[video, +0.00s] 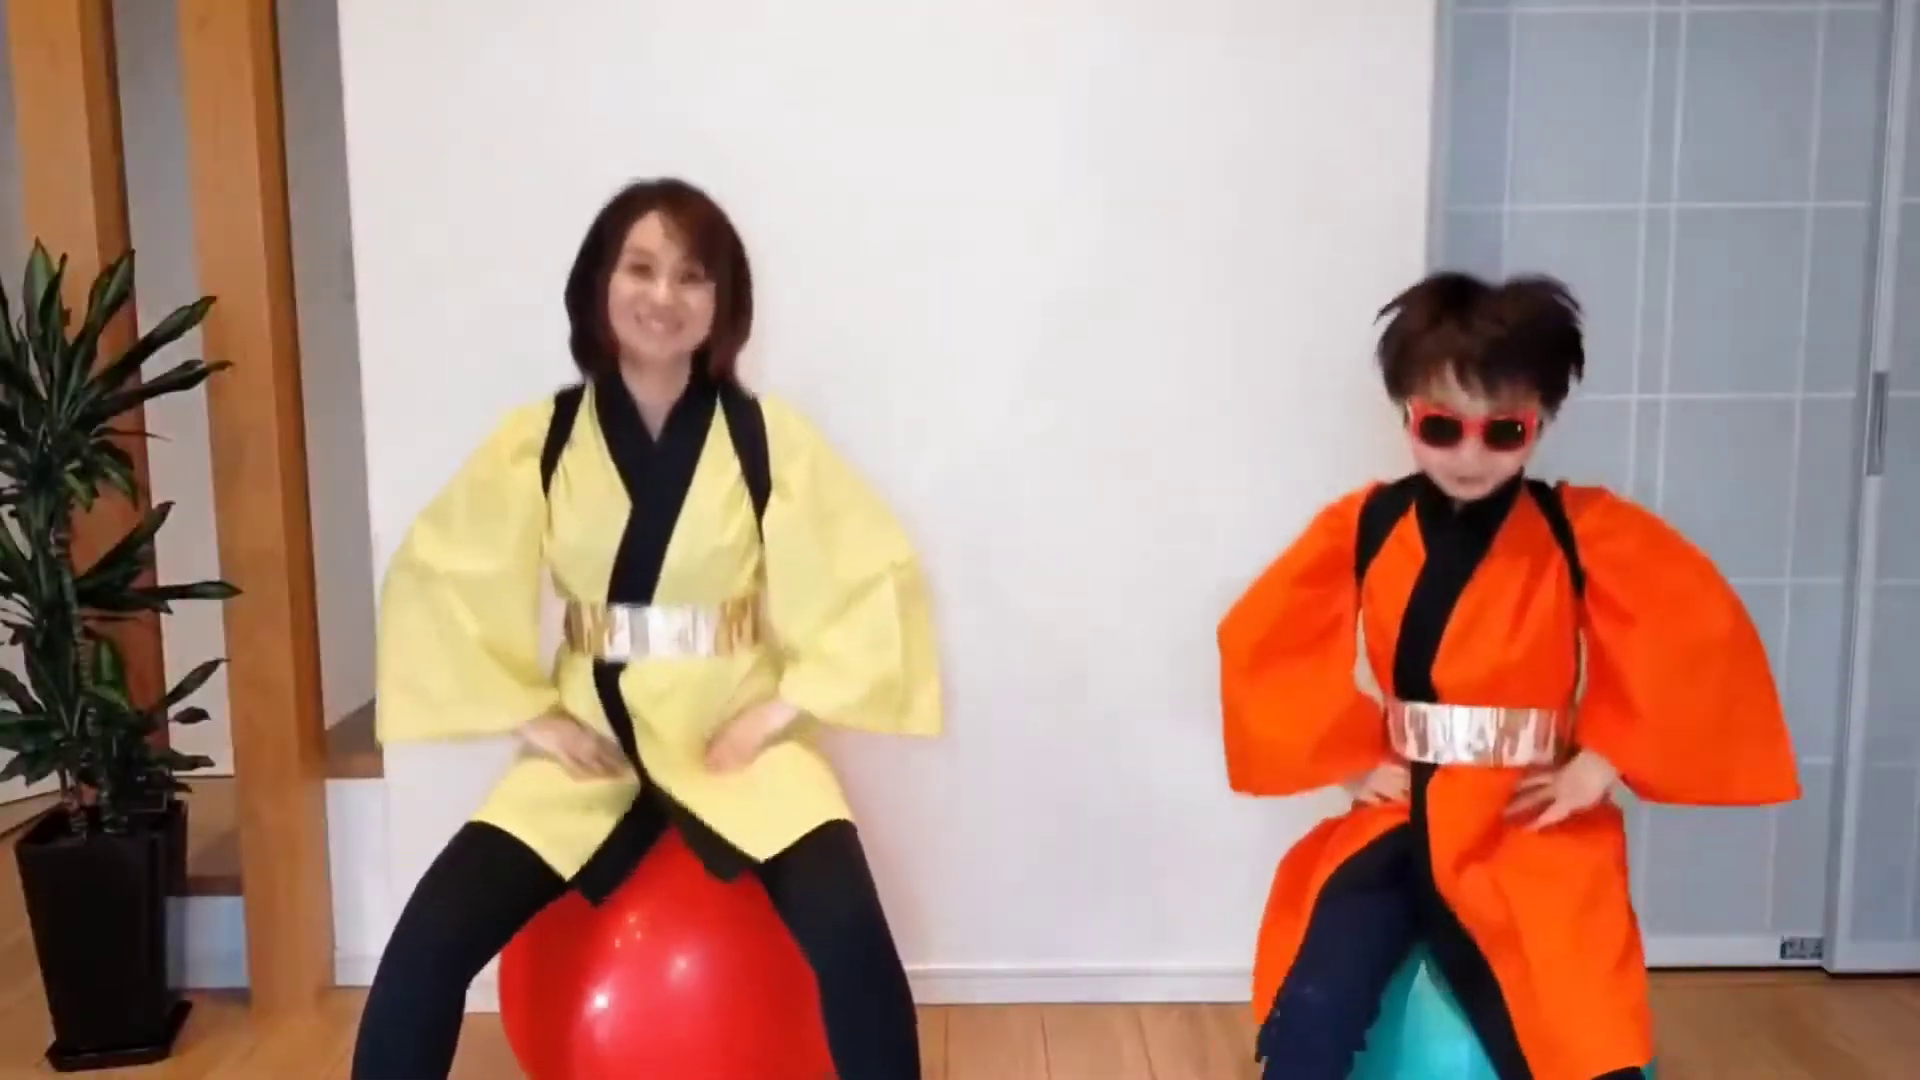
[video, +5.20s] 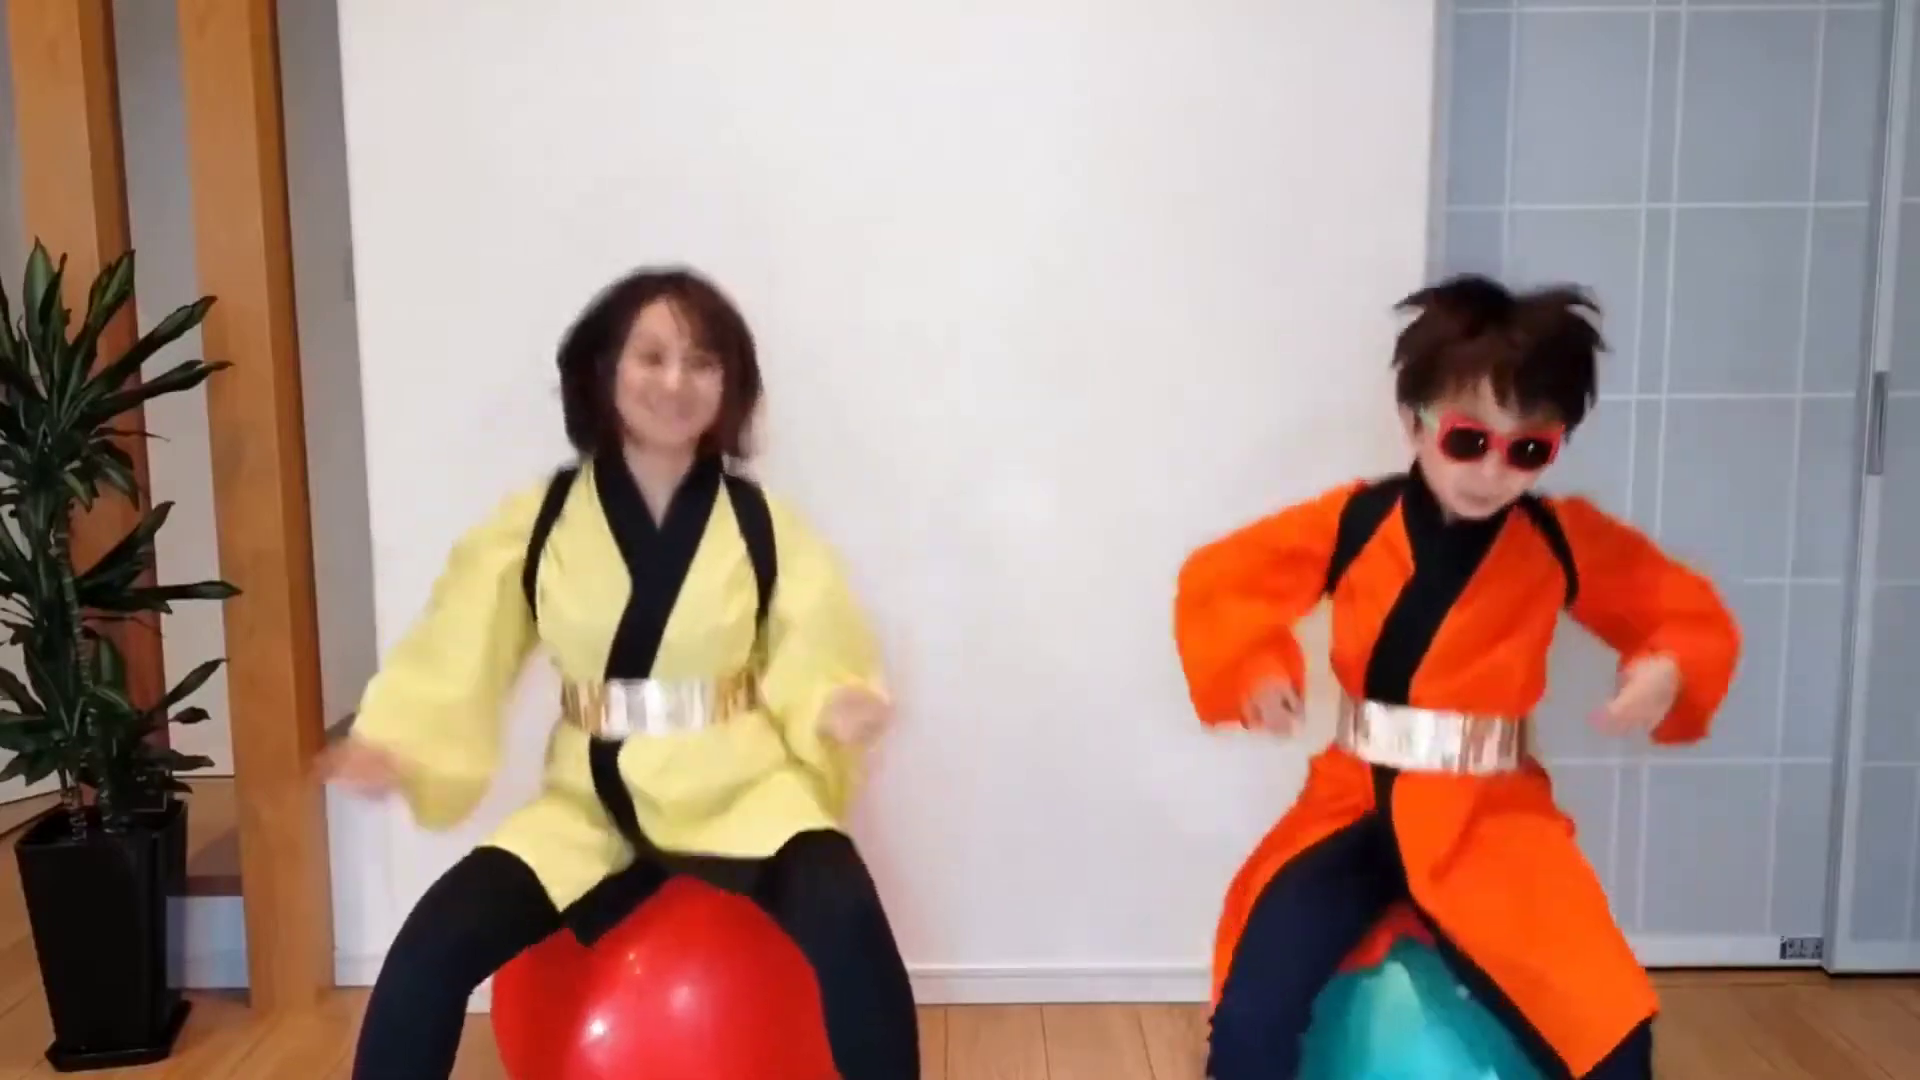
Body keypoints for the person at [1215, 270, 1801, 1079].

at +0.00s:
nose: (1471, 456)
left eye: (1503, 431)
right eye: (1442, 428)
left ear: (1541, 421)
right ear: (1404, 414)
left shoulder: (1589, 532)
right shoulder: (1363, 528)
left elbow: (1702, 644)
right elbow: (1260, 644)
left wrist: (1606, 757)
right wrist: (1353, 754)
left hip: (1535, 824)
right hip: (1396, 817)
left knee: (1583, 1041)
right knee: (1311, 1006)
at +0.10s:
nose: (1472, 506)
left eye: (1503, 483)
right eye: (1444, 480)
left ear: (1541, 481)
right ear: (1405, 476)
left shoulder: (1584, 597)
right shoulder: (1368, 587)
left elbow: (1695, 715)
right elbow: (1259, 701)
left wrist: (1602, 824)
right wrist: (1357, 809)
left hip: (1527, 871)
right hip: (1391, 859)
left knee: (1578, 1047)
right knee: (1319, 1001)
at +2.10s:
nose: (1473, 430)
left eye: (1508, 408)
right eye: (1445, 404)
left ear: (1546, 428)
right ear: (1407, 416)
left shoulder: (1574, 549)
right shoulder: (1363, 530)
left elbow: (1684, 674)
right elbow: (1242, 632)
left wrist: (1575, 780)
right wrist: (1330, 749)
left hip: (1510, 820)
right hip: (1376, 809)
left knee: (1608, 1018)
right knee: (1303, 974)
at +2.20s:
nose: (1471, 491)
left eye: (1504, 467)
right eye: (1443, 463)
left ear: (1539, 488)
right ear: (1402, 476)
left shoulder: (1568, 606)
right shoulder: (1361, 587)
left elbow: (1680, 726)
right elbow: (1237, 684)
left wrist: (1567, 830)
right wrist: (1332, 804)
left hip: (1508, 862)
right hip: (1375, 851)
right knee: (1319, 944)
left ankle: (1620, 1068)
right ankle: (1284, 1068)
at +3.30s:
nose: (1457, 512)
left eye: (1487, 488)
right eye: (1426, 488)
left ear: (1516, 504)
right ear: (1381, 509)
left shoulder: (1556, 626)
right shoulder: (1346, 614)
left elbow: (1676, 744)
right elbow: (1227, 712)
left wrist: (1564, 846)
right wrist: (1333, 816)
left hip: (1505, 885)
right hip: (1370, 874)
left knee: (1602, 1042)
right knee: (1303, 986)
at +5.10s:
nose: (1474, 514)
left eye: (1507, 492)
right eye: (1445, 484)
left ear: (1535, 499)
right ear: (1394, 487)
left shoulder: (1558, 614)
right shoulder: (1350, 599)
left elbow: (1654, 706)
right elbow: (1236, 678)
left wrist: (1595, 792)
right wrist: (1304, 792)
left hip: (1495, 880)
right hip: (1358, 868)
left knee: (1593, 1052)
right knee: (1258, 1026)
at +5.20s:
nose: (1494, 470)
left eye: (1528, 449)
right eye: (1468, 439)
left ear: (1558, 443)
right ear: (1414, 421)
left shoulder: (1562, 538)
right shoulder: (1359, 520)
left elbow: (1694, 613)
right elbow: (1219, 578)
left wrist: (1672, 664)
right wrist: (1250, 662)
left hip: (1493, 820)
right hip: (1355, 809)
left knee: (1614, 1020)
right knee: (1255, 996)